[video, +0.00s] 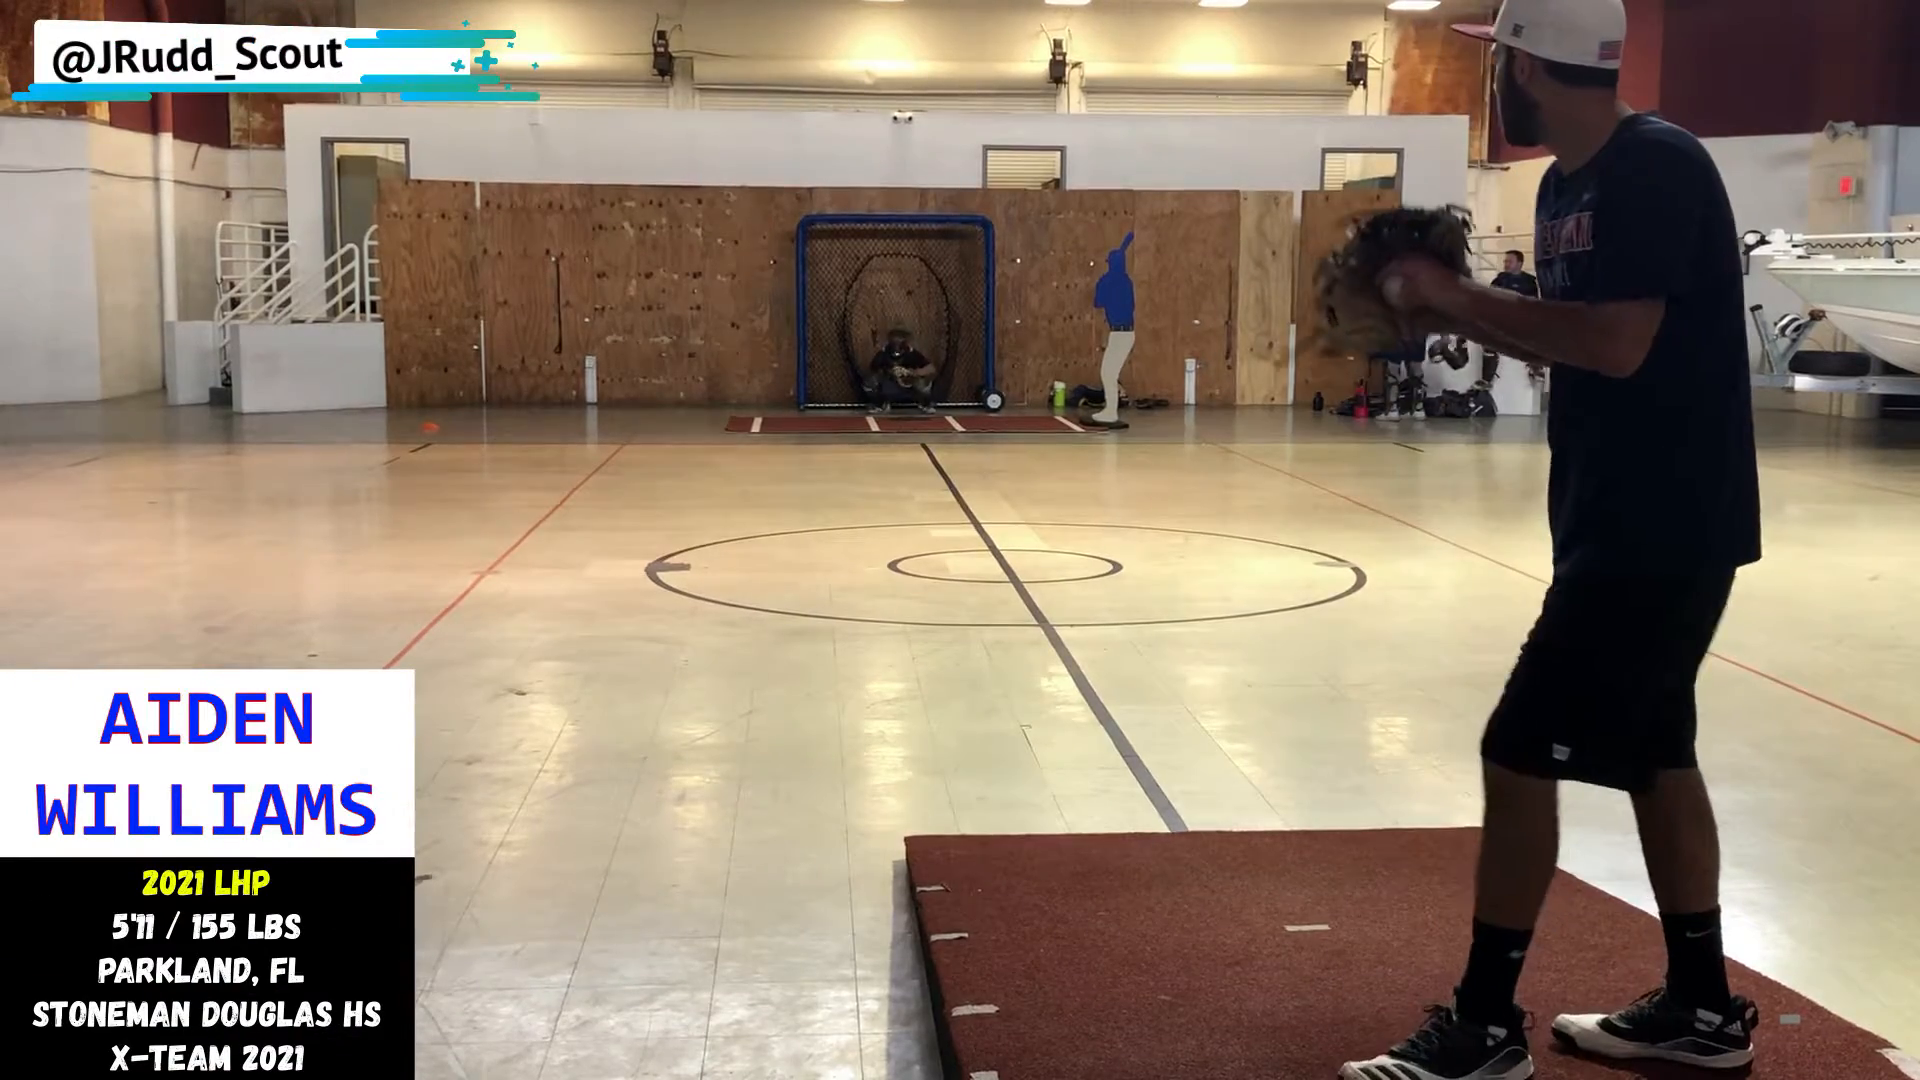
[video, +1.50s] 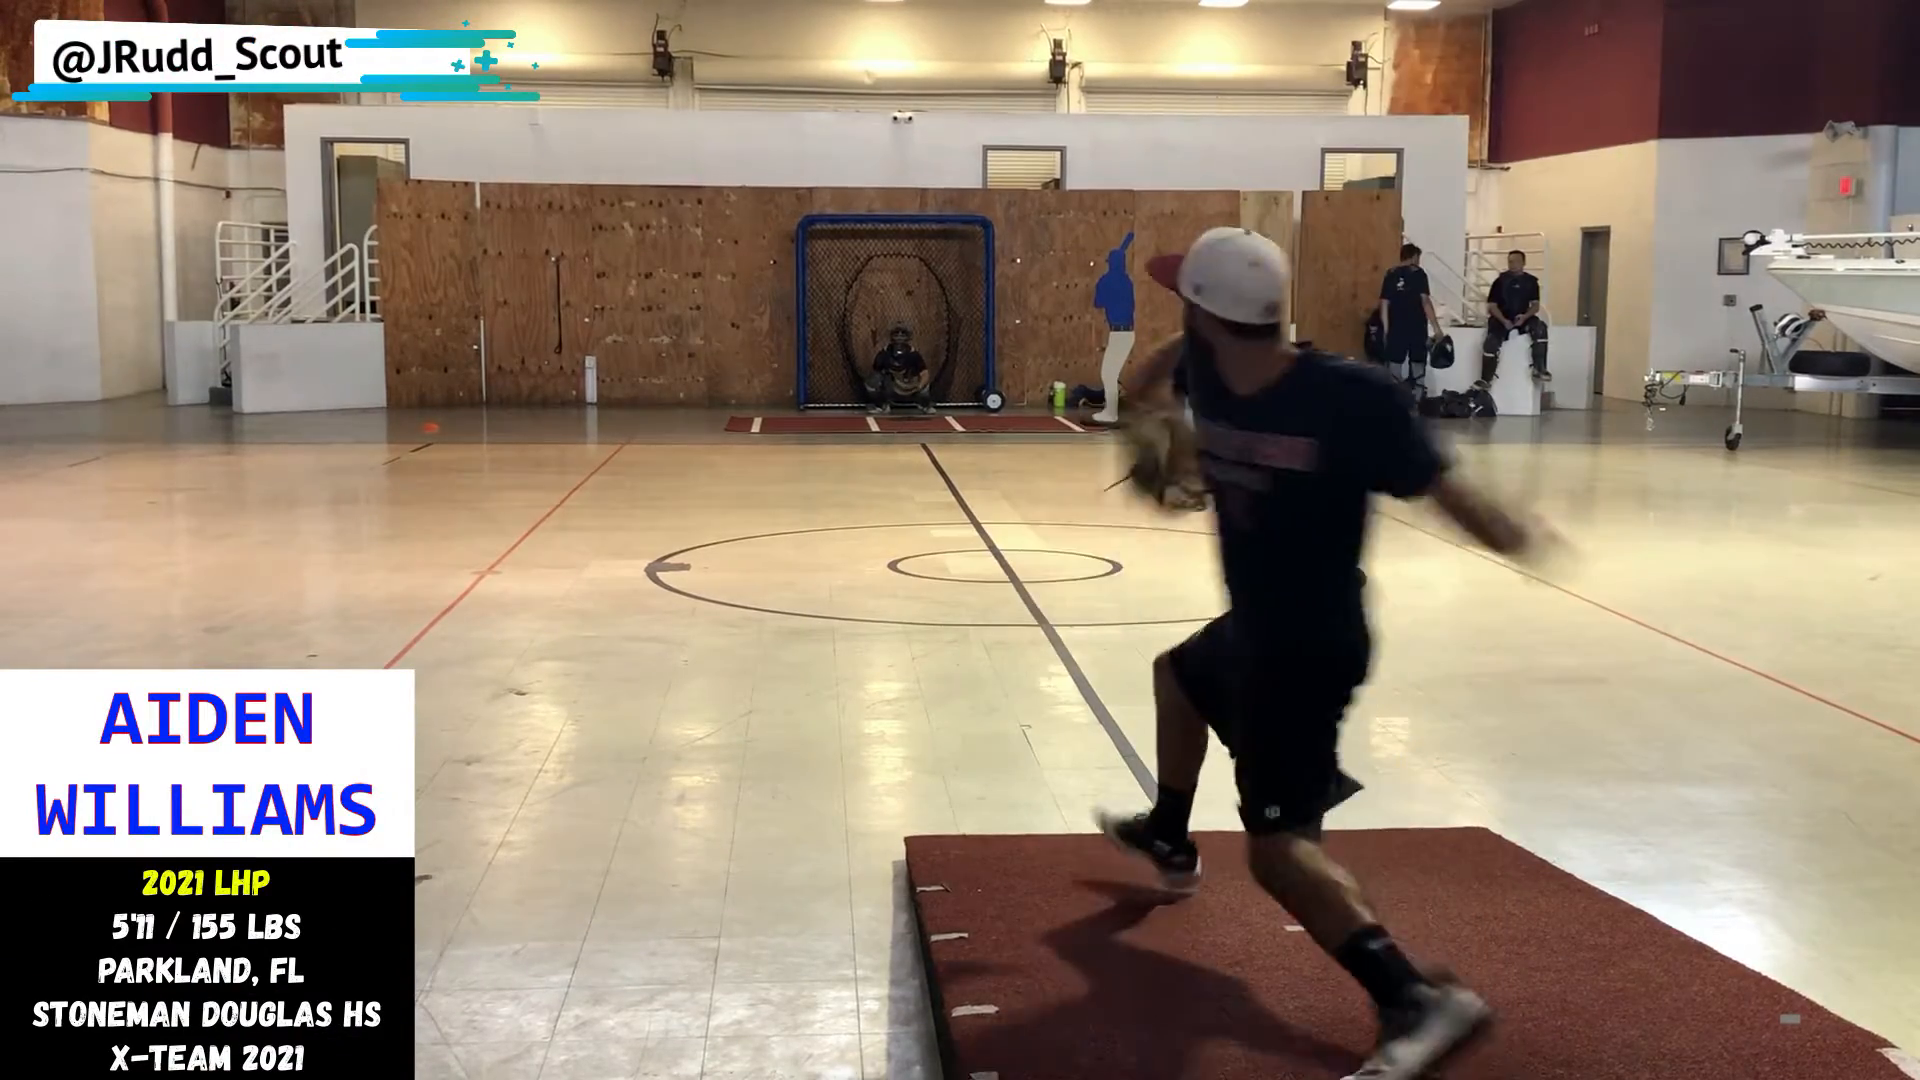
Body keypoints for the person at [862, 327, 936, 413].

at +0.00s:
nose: (896, 347)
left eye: (900, 343)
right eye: (894, 343)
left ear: (906, 342)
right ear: (889, 342)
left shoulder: (913, 354)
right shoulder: (882, 355)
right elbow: (873, 372)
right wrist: (891, 373)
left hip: (910, 389)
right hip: (889, 388)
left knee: (921, 382)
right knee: (872, 381)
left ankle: (925, 404)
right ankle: (881, 404)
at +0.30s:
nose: (899, 344)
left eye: (903, 341)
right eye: (896, 341)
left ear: (908, 340)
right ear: (891, 340)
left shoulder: (913, 352)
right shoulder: (884, 352)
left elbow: (923, 367)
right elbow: (878, 370)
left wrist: (917, 375)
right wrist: (890, 374)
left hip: (909, 380)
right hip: (890, 381)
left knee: (921, 387)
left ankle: (926, 405)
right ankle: (883, 405)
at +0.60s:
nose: (900, 344)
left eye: (903, 340)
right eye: (896, 341)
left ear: (907, 340)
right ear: (891, 340)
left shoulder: (914, 353)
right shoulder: (884, 353)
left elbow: (925, 370)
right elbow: (877, 371)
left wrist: (919, 380)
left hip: (911, 384)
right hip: (891, 385)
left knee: (922, 387)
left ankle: (925, 405)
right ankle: (880, 405)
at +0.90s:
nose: (898, 343)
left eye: (901, 341)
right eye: (895, 340)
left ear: (906, 341)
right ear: (891, 340)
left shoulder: (912, 353)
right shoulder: (882, 353)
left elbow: (923, 371)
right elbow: (875, 371)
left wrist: (918, 383)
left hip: (909, 382)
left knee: (922, 387)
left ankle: (925, 405)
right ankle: (881, 405)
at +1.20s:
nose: (898, 343)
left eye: (902, 340)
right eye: (895, 340)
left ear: (907, 340)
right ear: (891, 339)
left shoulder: (912, 354)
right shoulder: (883, 353)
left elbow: (923, 373)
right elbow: (876, 372)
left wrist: (918, 385)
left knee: (924, 387)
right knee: (872, 382)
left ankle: (925, 405)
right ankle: (882, 405)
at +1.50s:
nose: (899, 342)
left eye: (903, 339)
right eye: (896, 338)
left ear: (908, 340)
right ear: (891, 339)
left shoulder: (914, 354)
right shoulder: (883, 354)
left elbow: (925, 373)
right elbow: (876, 373)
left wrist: (920, 387)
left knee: (925, 388)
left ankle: (925, 406)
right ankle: (882, 405)